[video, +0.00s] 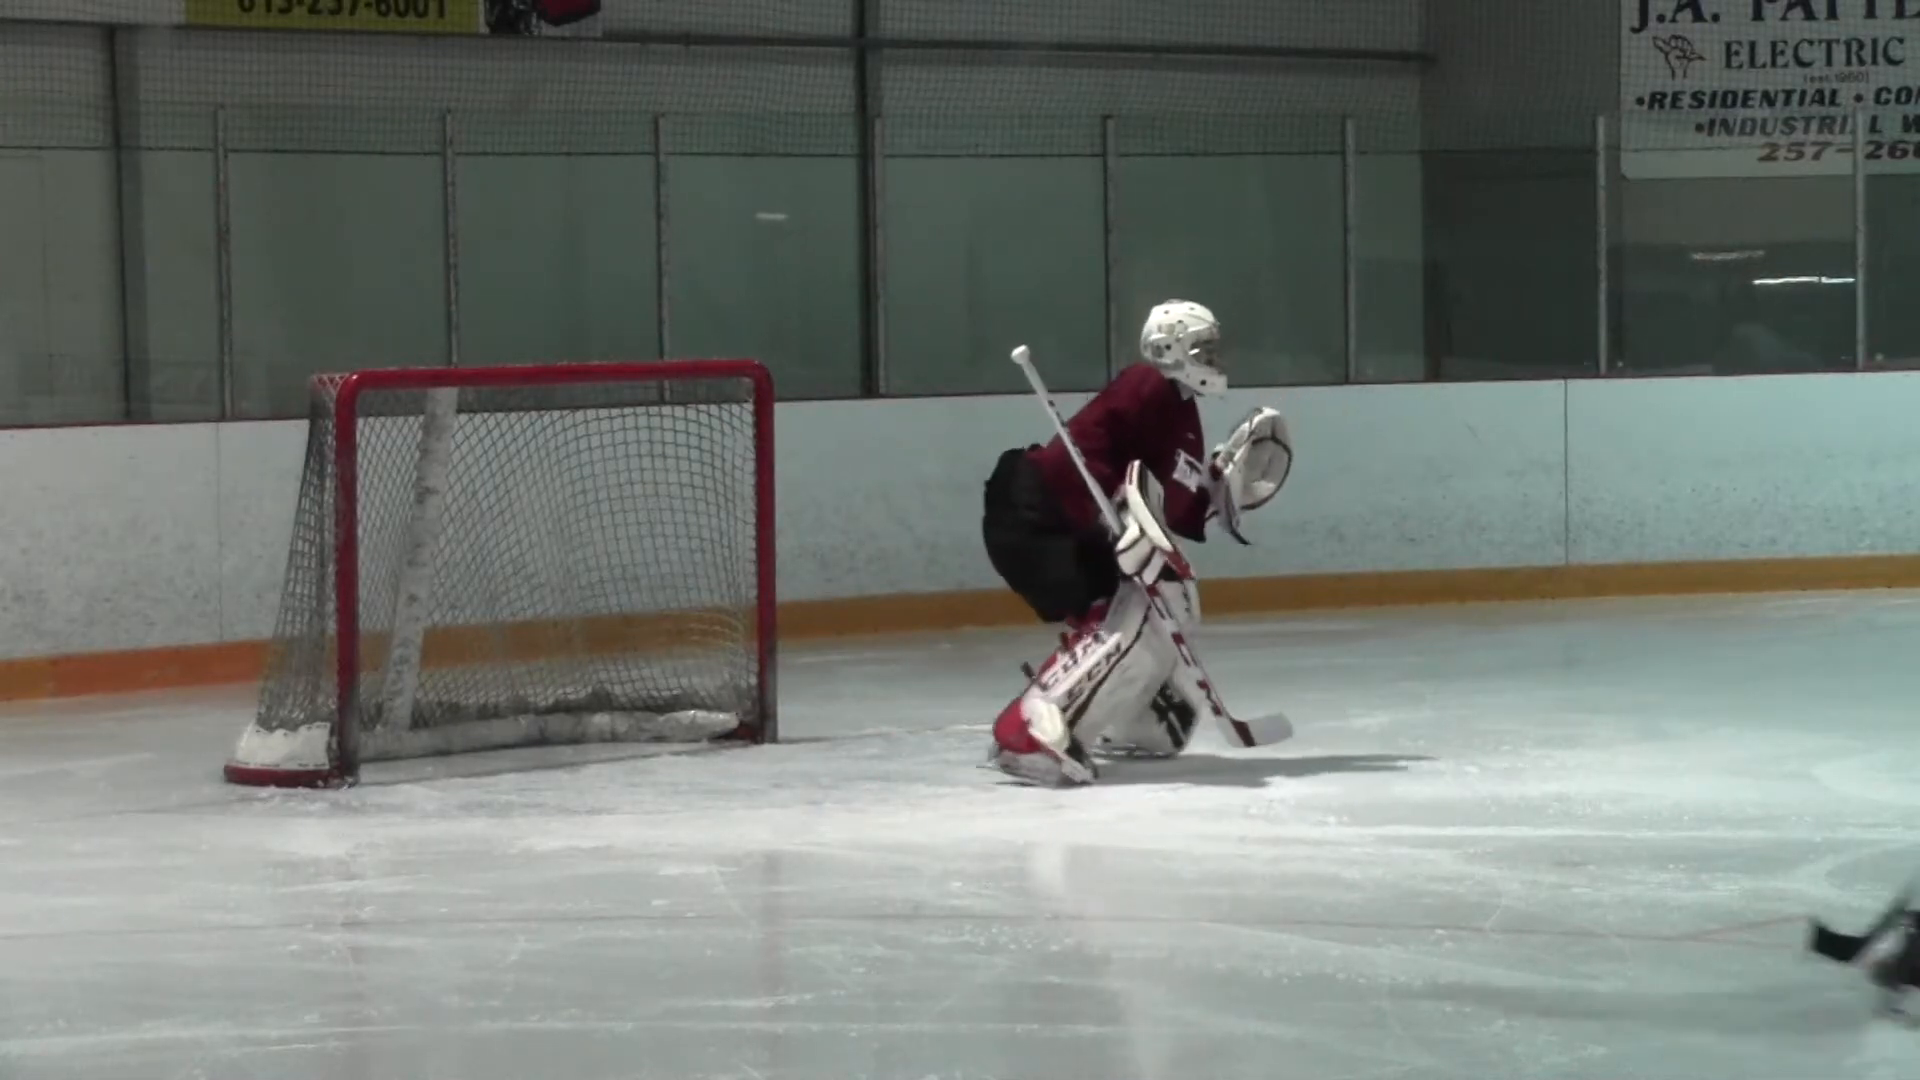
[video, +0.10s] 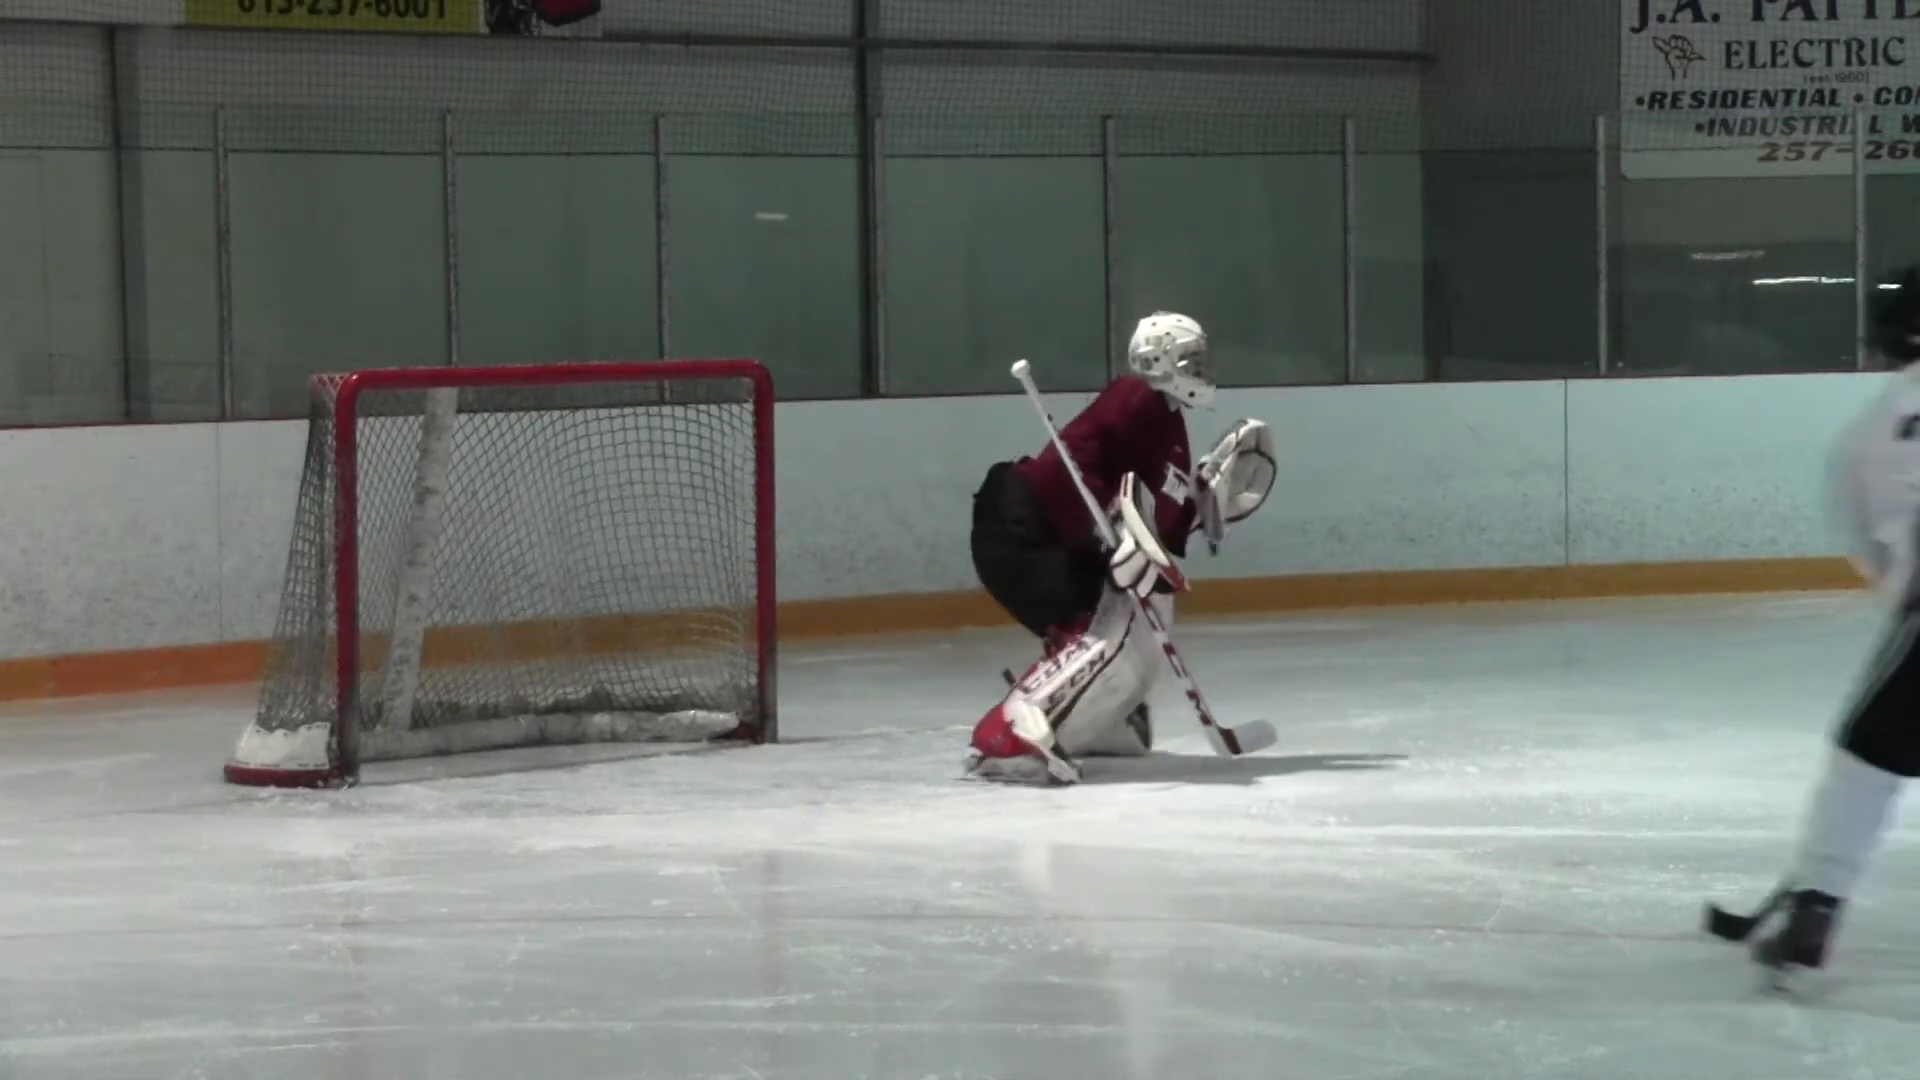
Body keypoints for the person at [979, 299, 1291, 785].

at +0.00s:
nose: (1215, 358)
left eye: (1215, 347)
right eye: (1203, 348)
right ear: (1173, 353)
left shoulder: (1180, 410)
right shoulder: (1147, 386)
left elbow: (1187, 513)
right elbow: (1076, 451)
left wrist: (1232, 482)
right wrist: (1119, 524)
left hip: (1068, 517)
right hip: (1028, 505)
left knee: (1161, 596)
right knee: (1124, 616)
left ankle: (1120, 725)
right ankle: (1030, 726)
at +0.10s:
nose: (1202, 371)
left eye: (1202, 359)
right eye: (1191, 359)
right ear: (1160, 364)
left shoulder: (1168, 423)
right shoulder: (1133, 398)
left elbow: (1166, 525)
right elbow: (1067, 462)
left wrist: (1209, 493)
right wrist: (1120, 533)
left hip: (1060, 534)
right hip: (1018, 524)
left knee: (1137, 622)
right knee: (1109, 632)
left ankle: (1097, 729)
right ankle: (1011, 729)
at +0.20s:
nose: (1192, 385)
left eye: (1192, 373)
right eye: (1181, 374)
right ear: (1150, 378)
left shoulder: (1148, 423)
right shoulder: (1128, 415)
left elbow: (1165, 511)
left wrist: (1201, 504)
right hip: (1012, 538)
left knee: (1130, 651)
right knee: (1117, 655)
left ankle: (1080, 734)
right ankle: (1010, 727)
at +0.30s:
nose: (1186, 398)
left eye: (1186, 387)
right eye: (1175, 388)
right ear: (1145, 391)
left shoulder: (1145, 441)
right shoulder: (1119, 426)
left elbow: (1157, 531)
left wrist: (1191, 518)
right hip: (1002, 546)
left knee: (1127, 652)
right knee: (1113, 657)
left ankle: (1075, 736)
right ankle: (1007, 729)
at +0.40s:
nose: (1179, 402)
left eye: (1180, 391)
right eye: (1169, 391)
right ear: (1139, 393)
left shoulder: (1130, 438)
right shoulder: (1116, 430)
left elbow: (1149, 521)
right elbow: (1141, 516)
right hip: (1006, 560)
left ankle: (1071, 732)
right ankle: (1005, 731)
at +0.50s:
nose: (1169, 404)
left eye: (1170, 393)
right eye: (1158, 393)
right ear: (1128, 393)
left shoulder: (1123, 441)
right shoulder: (1104, 428)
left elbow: (1131, 532)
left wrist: (1166, 587)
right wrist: (1132, 563)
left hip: (1065, 580)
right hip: (1020, 573)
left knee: (1139, 661)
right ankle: (992, 727)